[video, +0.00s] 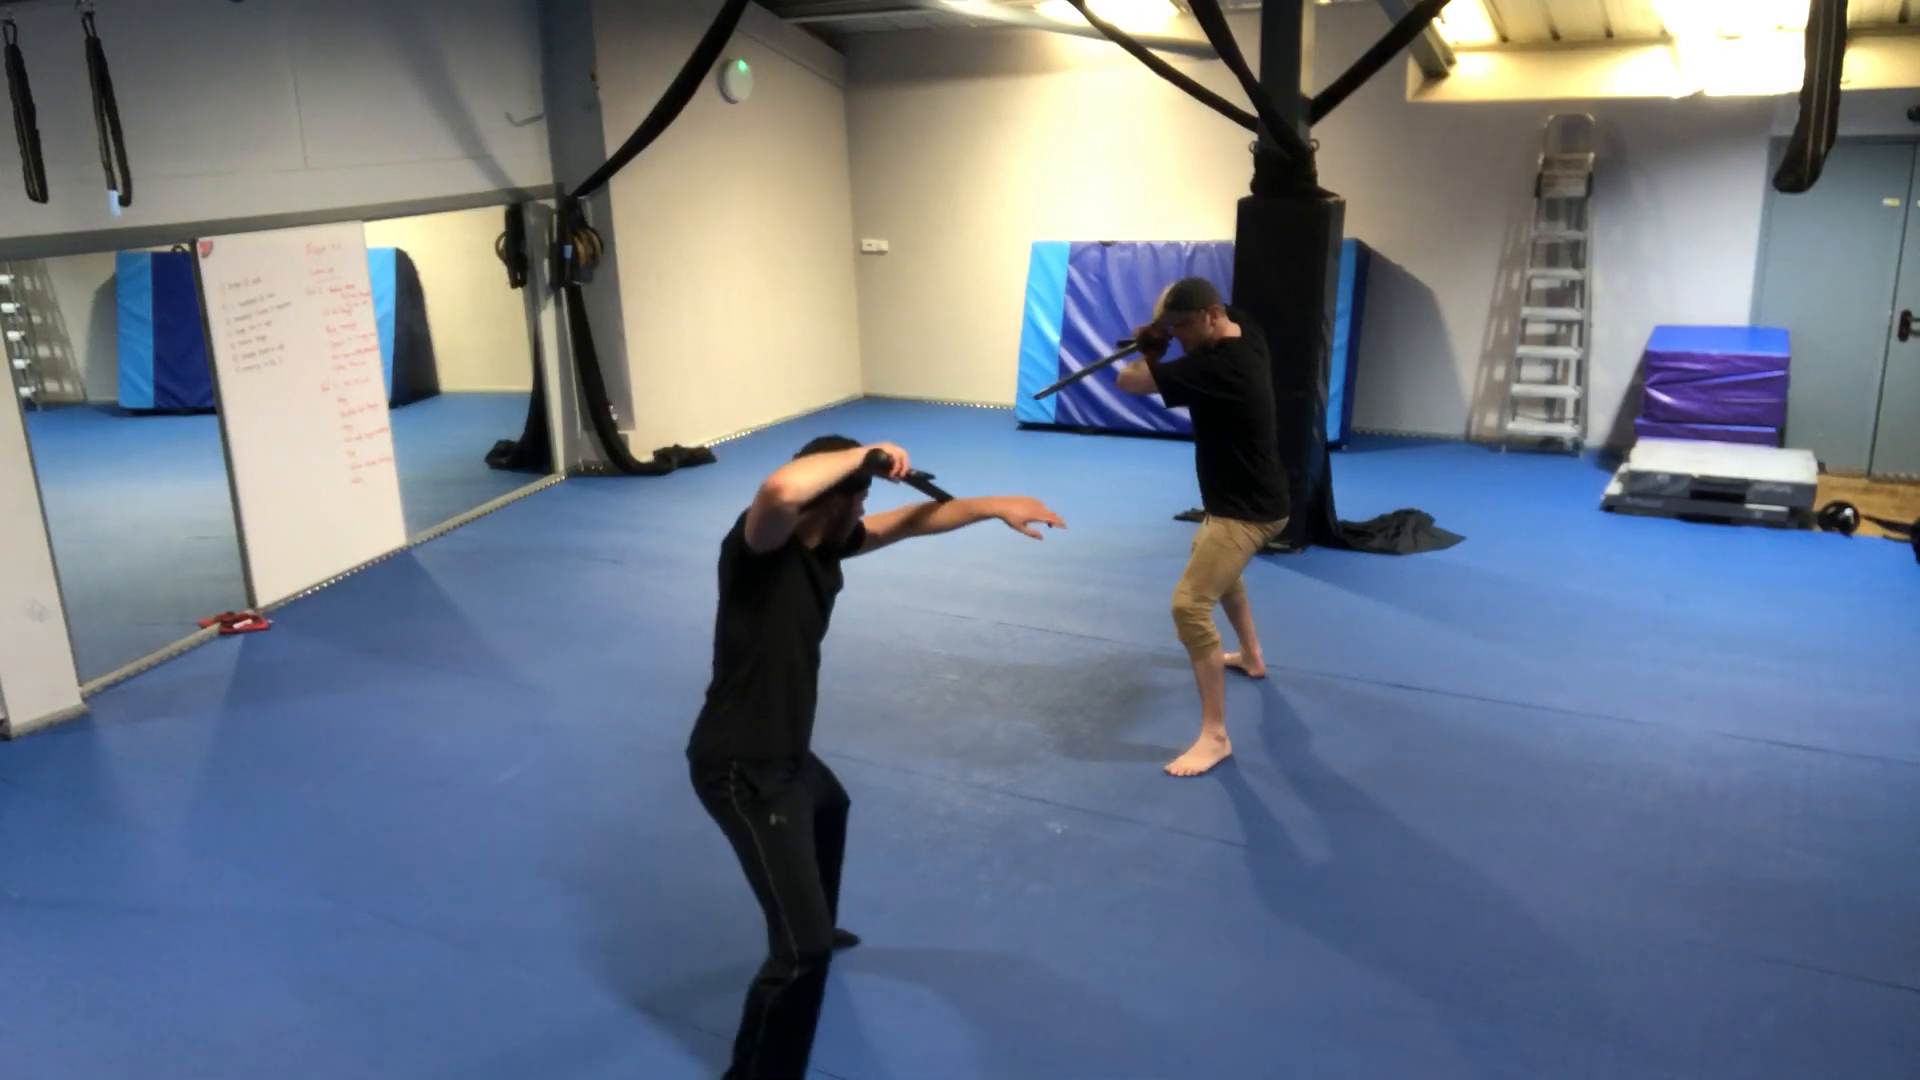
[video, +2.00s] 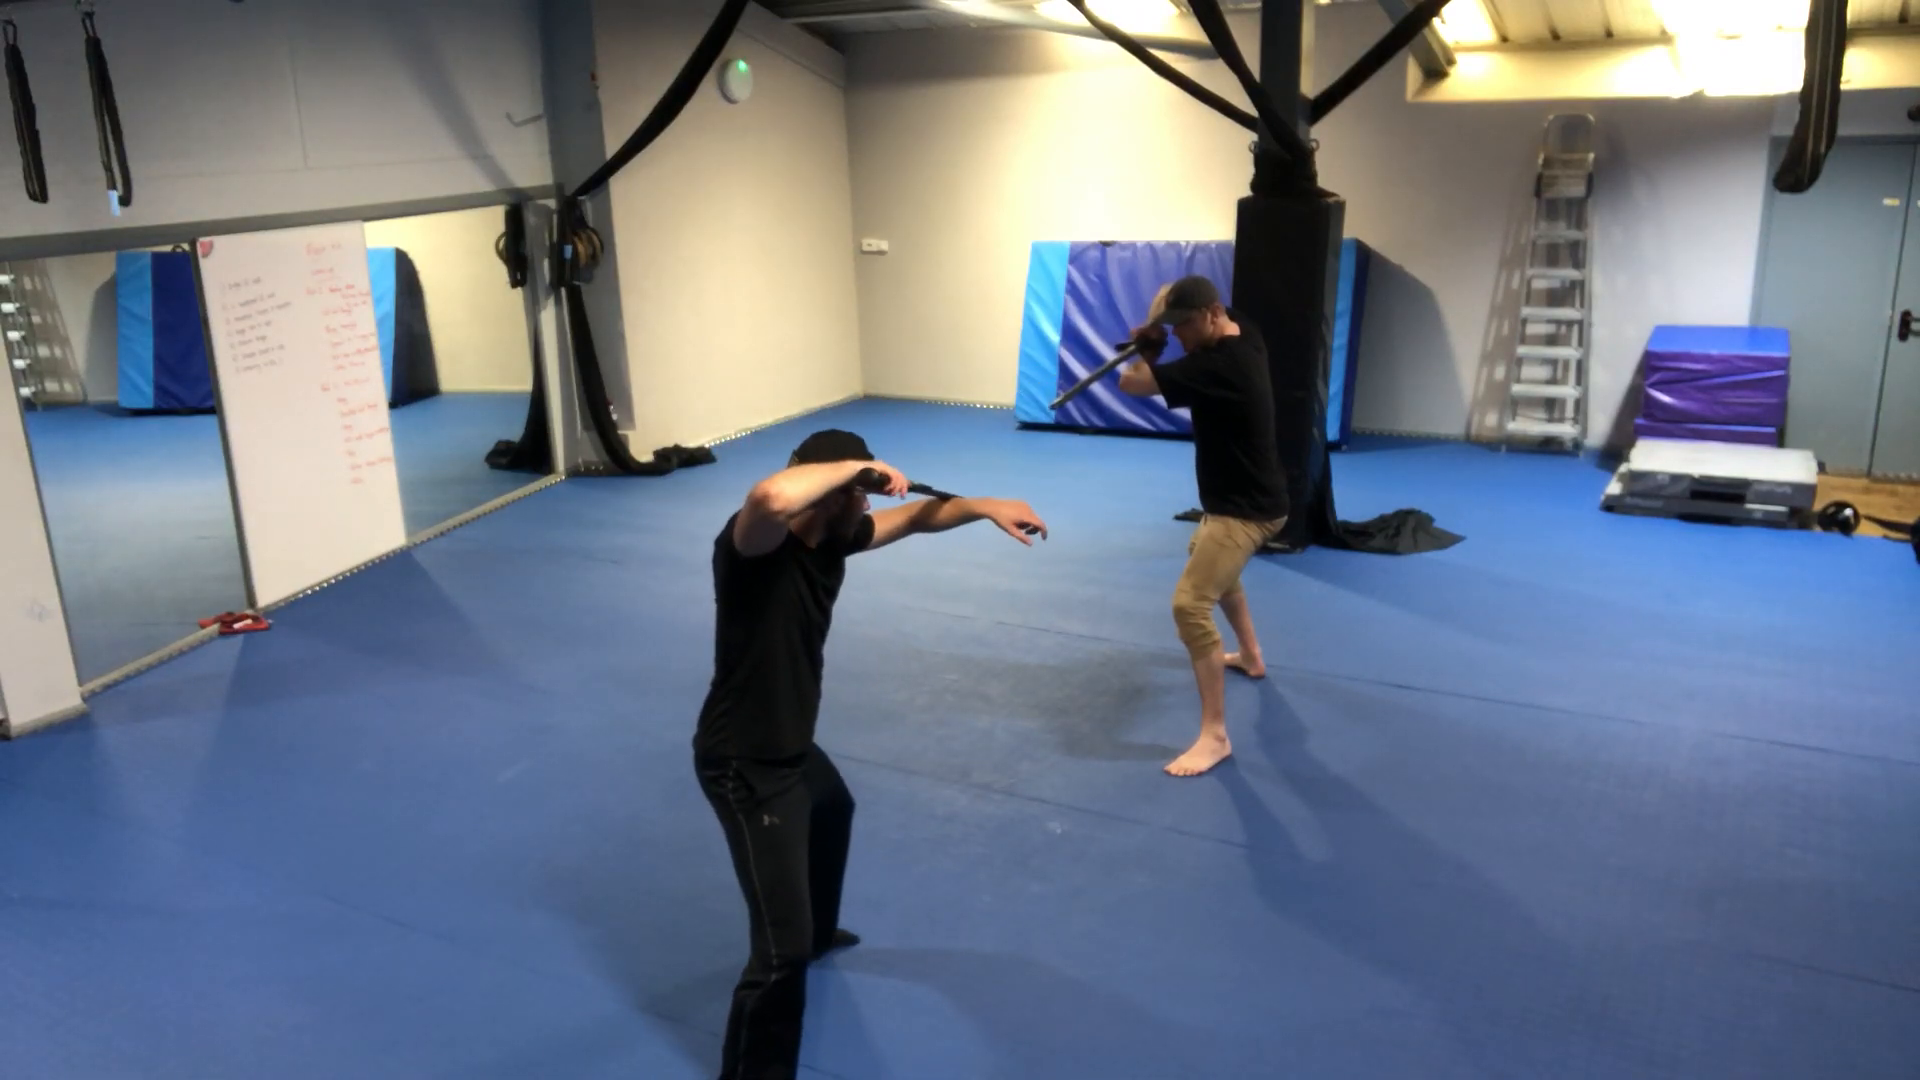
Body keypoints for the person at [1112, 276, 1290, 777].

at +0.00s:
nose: (1180, 340)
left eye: (1183, 332)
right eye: (1176, 331)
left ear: (1211, 318)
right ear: (1213, 317)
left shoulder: (1215, 365)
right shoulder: (1243, 337)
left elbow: (1131, 380)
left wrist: (1151, 352)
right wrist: (1157, 335)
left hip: (1244, 512)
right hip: (1239, 501)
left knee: (1191, 608)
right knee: (1215, 565)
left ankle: (1214, 734)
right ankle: (1250, 653)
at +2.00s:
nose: (1179, 337)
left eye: (1183, 329)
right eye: (1175, 329)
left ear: (1211, 317)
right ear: (1213, 317)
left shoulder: (1218, 364)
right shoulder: (1240, 340)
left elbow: (1133, 381)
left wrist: (1150, 347)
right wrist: (1155, 326)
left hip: (1244, 511)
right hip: (1236, 501)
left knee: (1192, 608)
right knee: (1208, 558)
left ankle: (1214, 734)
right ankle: (1250, 653)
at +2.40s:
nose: (1182, 315)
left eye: (1190, 307)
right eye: (1179, 307)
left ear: (1218, 301)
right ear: (1210, 303)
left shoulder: (1210, 352)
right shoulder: (1234, 332)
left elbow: (1150, 411)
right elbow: (1163, 345)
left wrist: (1105, 382)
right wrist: (1112, 349)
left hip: (1240, 501)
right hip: (1244, 491)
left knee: (1191, 603)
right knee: (1213, 575)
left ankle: (1212, 728)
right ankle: (1264, 651)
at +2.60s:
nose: (1187, 316)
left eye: (1197, 307)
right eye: (1180, 307)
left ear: (1221, 306)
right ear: (1172, 308)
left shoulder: (1235, 353)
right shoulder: (1178, 357)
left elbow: (1165, 400)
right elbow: (1143, 410)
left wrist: (1098, 387)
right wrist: (1100, 376)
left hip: (1235, 513)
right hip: (1188, 507)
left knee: (1179, 619)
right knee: (1216, 592)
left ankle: (1204, 730)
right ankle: (1261, 647)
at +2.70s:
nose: (1181, 312)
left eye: (1192, 303)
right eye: (1174, 302)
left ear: (1215, 301)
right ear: (1164, 302)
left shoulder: (1238, 338)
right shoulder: (1158, 356)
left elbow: (1179, 359)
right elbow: (1115, 436)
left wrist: (1097, 358)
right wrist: (1087, 372)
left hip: (1223, 510)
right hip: (1168, 507)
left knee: (1181, 635)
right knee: (1163, 625)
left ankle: (1206, 734)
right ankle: (1229, 630)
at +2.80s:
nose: (1169, 309)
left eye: (1178, 298)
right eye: (1159, 299)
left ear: (1199, 293)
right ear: (1146, 297)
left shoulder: (1225, 329)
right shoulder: (1133, 357)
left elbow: (1193, 344)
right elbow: (1114, 433)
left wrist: (1097, 345)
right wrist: (1084, 367)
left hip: (1213, 508)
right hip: (1149, 507)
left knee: (1190, 646)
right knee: (1122, 637)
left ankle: (1208, 732)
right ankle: (1173, 675)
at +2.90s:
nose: (1147, 306)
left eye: (1156, 295)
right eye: (1137, 296)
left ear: (1176, 290)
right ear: (1124, 295)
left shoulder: (1201, 325)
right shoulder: (1110, 352)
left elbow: (1196, 349)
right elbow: (1111, 442)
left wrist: (1105, 364)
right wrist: (1082, 381)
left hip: (1194, 518)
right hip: (1126, 518)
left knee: (1194, 653)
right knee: (1091, 645)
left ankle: (1205, 735)